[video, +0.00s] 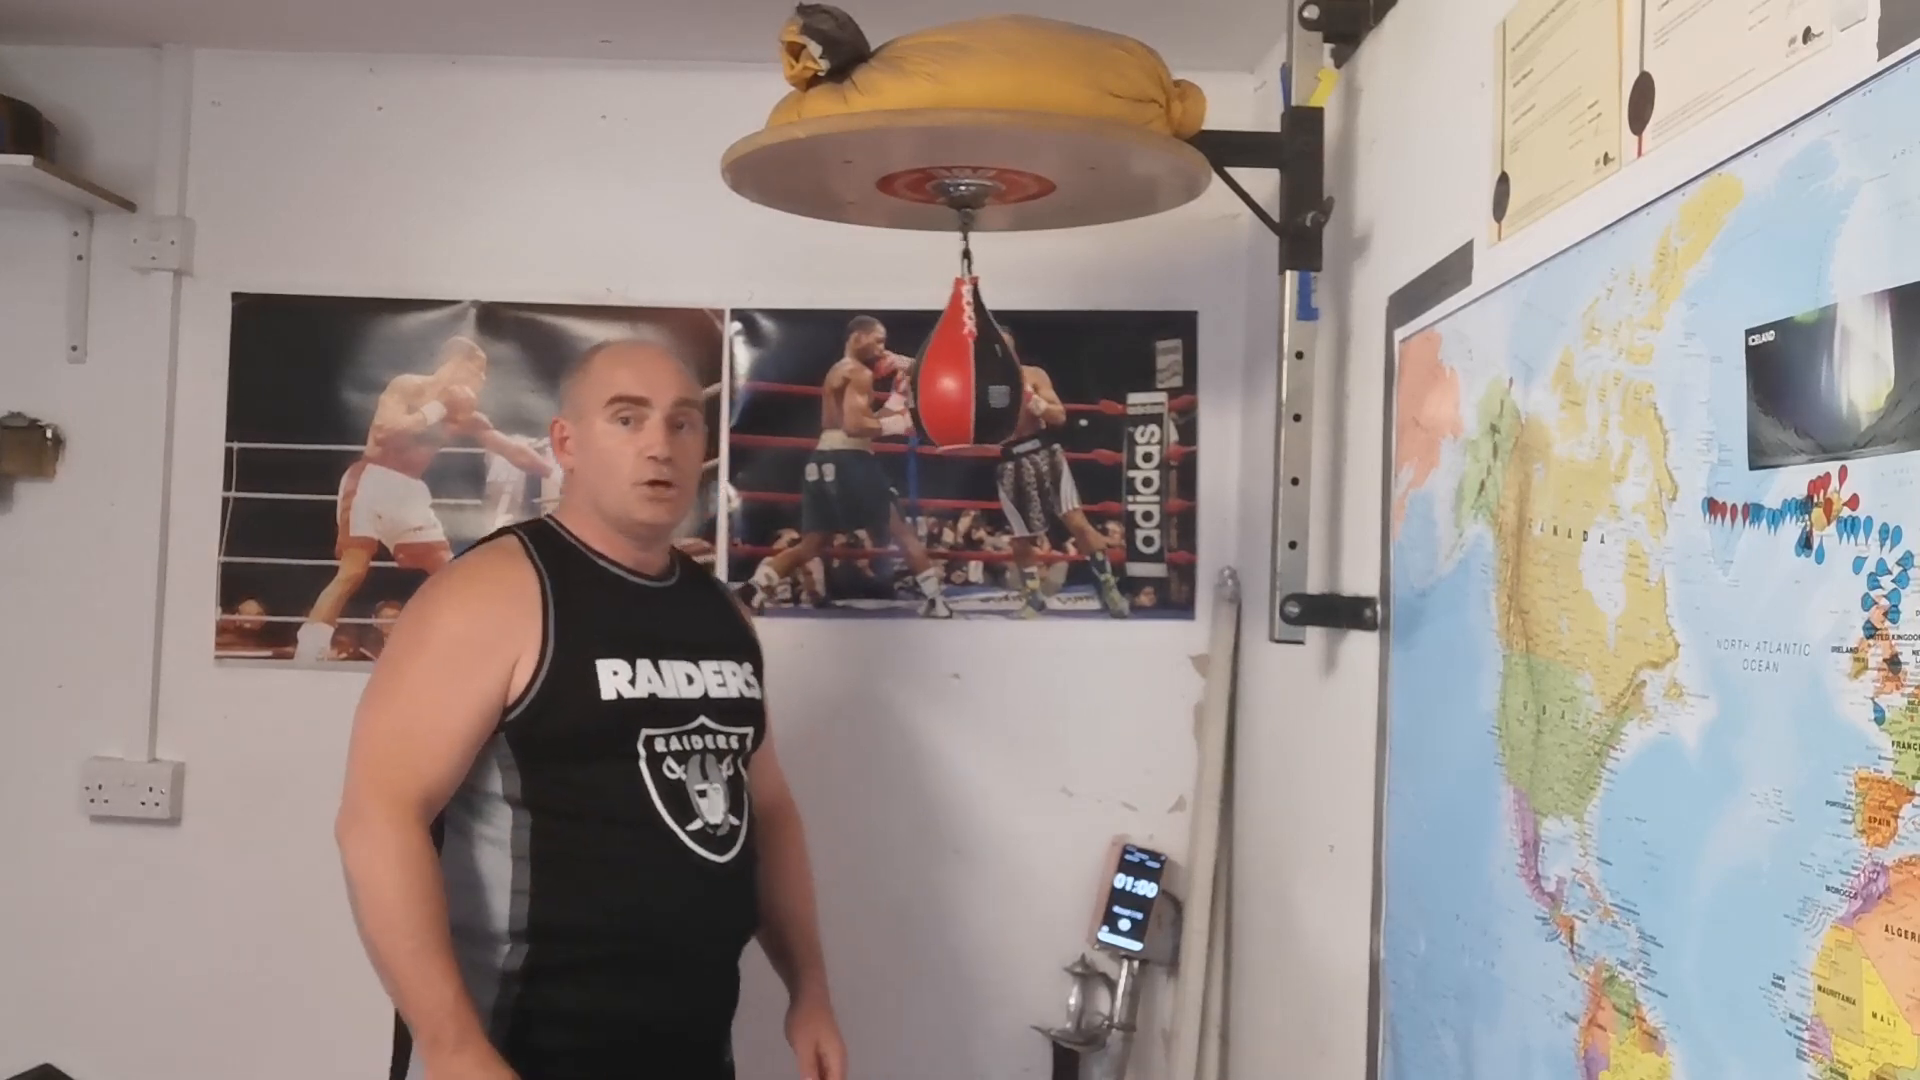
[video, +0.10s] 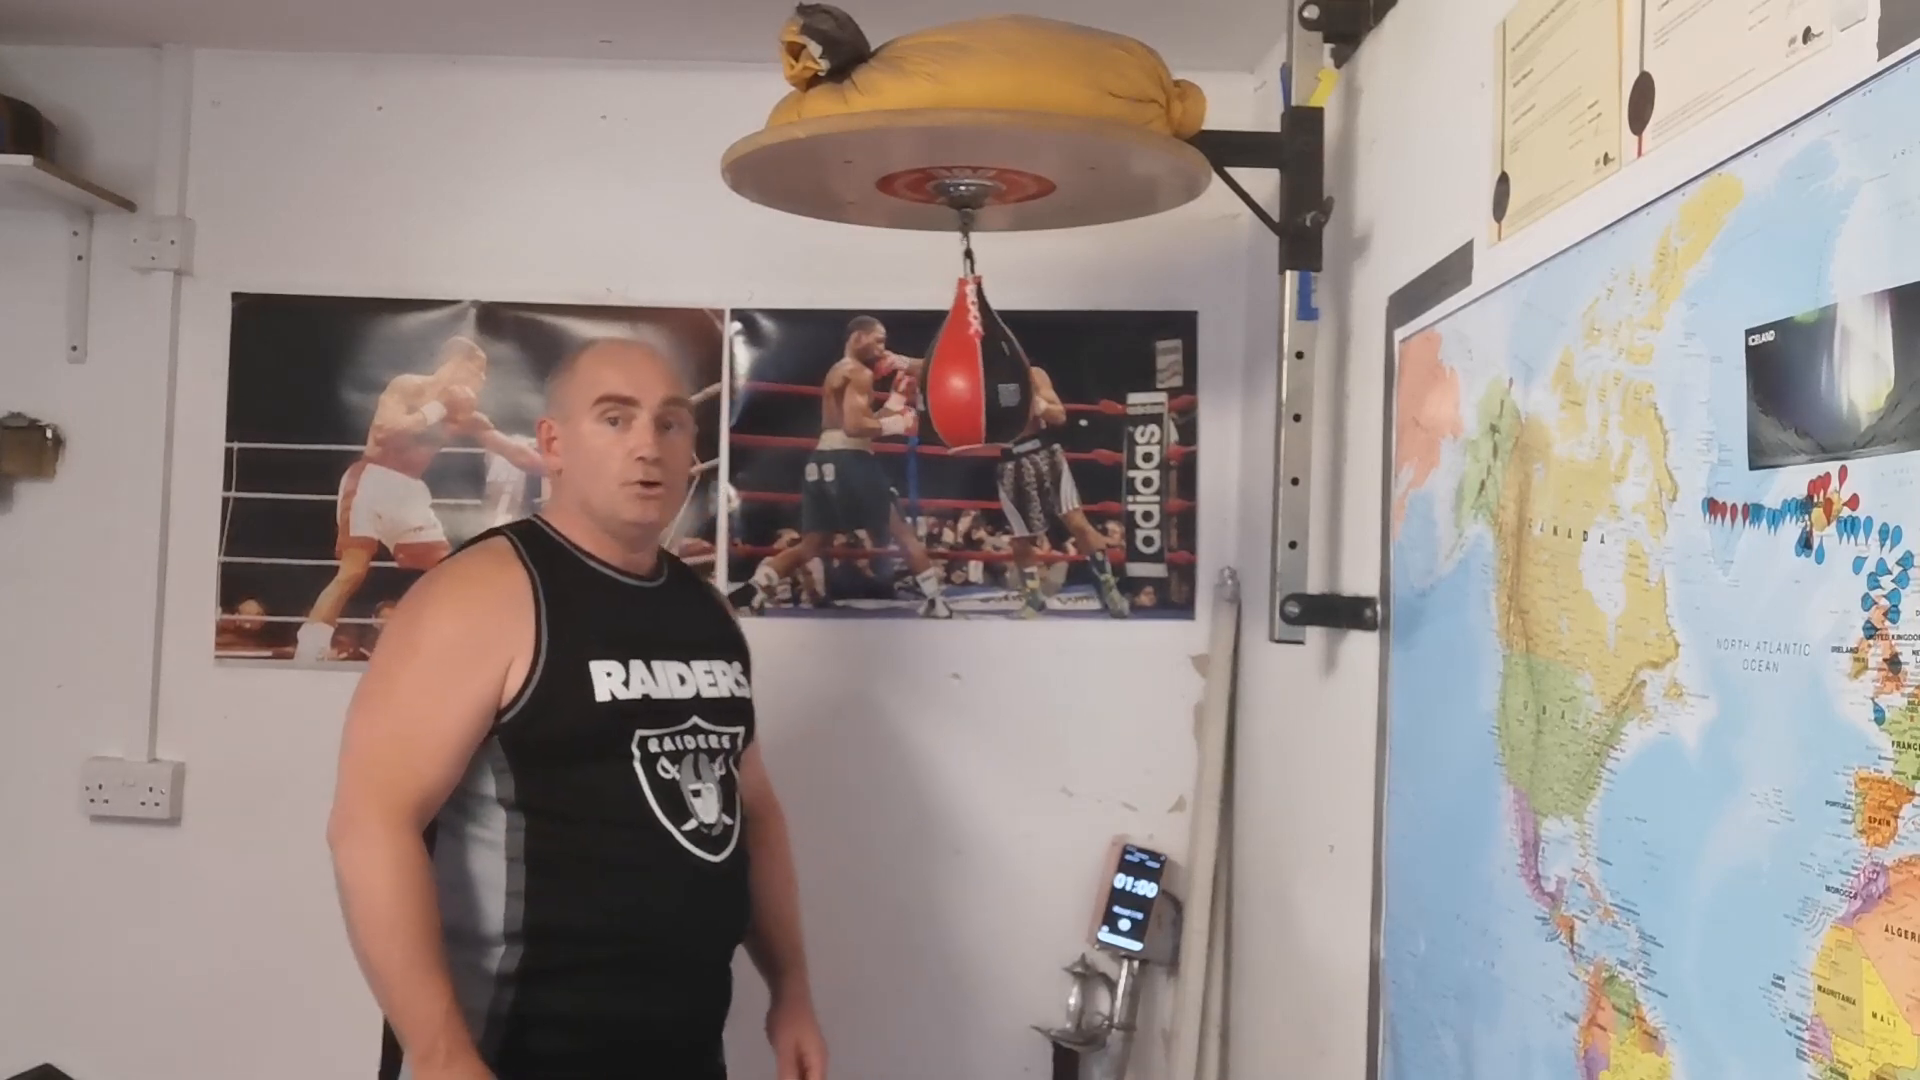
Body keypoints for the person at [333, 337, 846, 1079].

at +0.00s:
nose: (661, 447)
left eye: (682, 422)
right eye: (626, 418)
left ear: (704, 451)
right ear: (564, 444)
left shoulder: (717, 612)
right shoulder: (488, 593)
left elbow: (765, 810)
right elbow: (377, 815)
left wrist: (808, 988)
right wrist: (452, 1045)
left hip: (691, 1043)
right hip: (528, 1046)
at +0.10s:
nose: (649, 447)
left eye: (670, 422)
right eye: (615, 418)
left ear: (693, 452)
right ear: (552, 445)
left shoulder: (701, 609)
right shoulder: (478, 594)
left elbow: (749, 807)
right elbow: (370, 823)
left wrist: (790, 986)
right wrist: (439, 1052)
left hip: (682, 1044)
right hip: (518, 1047)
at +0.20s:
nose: (637, 452)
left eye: (658, 426)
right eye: (603, 423)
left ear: (683, 454)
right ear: (539, 445)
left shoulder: (688, 609)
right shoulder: (464, 599)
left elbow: (731, 806)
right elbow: (358, 830)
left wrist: (768, 996)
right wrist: (421, 1060)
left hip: (671, 1045)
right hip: (505, 1051)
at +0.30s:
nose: (628, 457)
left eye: (650, 431)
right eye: (595, 427)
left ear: (675, 454)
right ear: (530, 446)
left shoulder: (675, 608)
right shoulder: (453, 602)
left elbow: (712, 803)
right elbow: (344, 836)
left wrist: (745, 1003)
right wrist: (401, 1064)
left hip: (661, 1050)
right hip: (493, 1055)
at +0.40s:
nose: (625, 458)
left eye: (647, 431)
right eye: (591, 427)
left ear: (668, 454)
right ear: (524, 447)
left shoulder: (663, 608)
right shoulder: (447, 601)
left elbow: (695, 801)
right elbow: (329, 837)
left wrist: (726, 999)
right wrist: (385, 1064)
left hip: (650, 1052)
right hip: (481, 1056)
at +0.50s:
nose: (623, 458)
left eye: (644, 431)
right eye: (589, 427)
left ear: (665, 453)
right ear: (521, 445)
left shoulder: (655, 606)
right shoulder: (445, 598)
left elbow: (682, 802)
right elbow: (319, 831)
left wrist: (716, 997)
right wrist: (392, 1060)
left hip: (644, 1052)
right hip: (475, 1055)